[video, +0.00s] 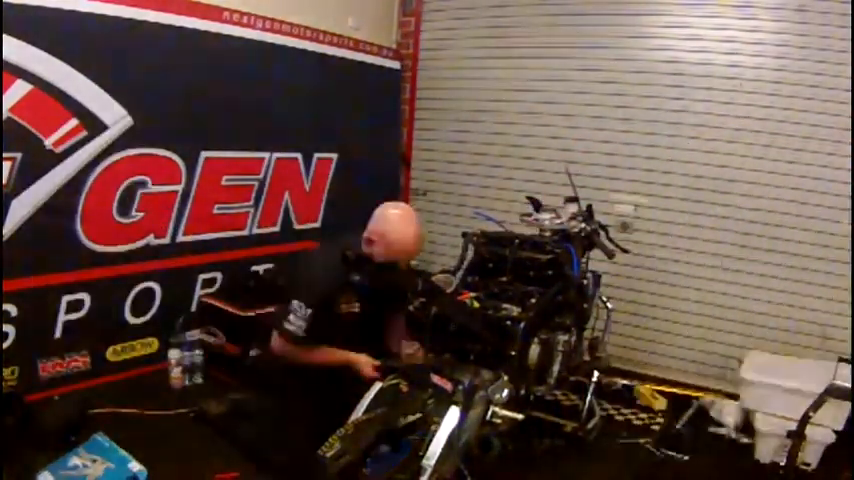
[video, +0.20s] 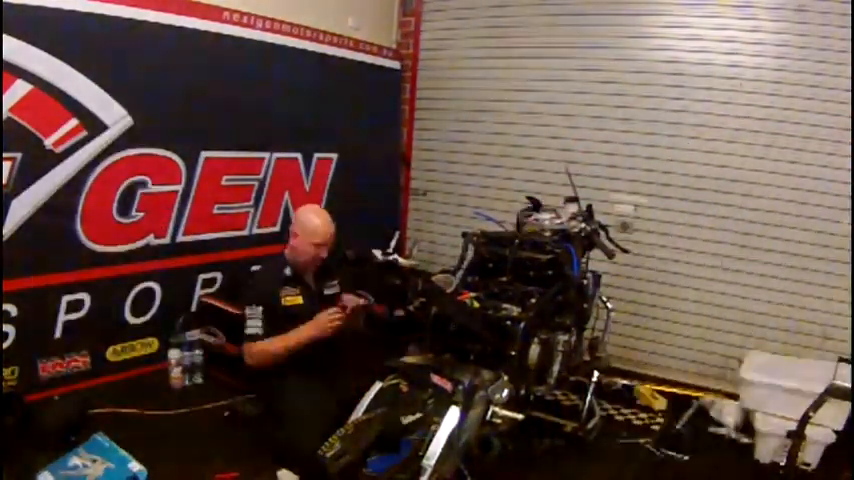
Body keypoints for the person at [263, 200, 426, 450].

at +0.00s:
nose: (397, 271)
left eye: (404, 263)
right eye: (391, 263)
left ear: (413, 250)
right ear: (370, 242)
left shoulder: (398, 278)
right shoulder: (327, 273)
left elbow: (394, 331)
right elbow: (282, 344)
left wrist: (403, 349)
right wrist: (351, 360)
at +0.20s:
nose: (324, 255)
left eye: (327, 247)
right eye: (318, 246)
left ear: (329, 245)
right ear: (293, 239)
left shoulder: (331, 277)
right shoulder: (265, 284)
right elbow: (253, 354)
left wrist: (358, 312)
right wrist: (314, 329)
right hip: (290, 409)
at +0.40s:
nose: (341, 254)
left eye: (346, 247)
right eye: (334, 246)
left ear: (349, 243)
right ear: (309, 239)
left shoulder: (348, 278)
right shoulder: (282, 285)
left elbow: (365, 322)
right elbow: (289, 359)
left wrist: (379, 352)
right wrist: (352, 362)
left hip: (347, 387)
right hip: (299, 391)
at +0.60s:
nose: (389, 303)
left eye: (394, 296)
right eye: (387, 293)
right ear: (367, 276)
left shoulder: (371, 309)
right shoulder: (315, 298)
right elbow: (293, 372)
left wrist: (429, 376)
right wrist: (362, 358)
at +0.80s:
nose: (325, 254)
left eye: (328, 246)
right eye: (317, 246)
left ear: (332, 241)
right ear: (292, 241)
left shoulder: (329, 272)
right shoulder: (269, 282)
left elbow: (349, 318)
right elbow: (251, 352)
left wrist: (365, 365)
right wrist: (297, 404)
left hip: (340, 386)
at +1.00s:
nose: (340, 257)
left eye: (342, 249)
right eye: (335, 250)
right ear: (311, 244)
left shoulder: (334, 278)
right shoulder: (278, 281)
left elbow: (343, 321)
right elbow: (261, 349)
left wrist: (355, 347)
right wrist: (317, 346)